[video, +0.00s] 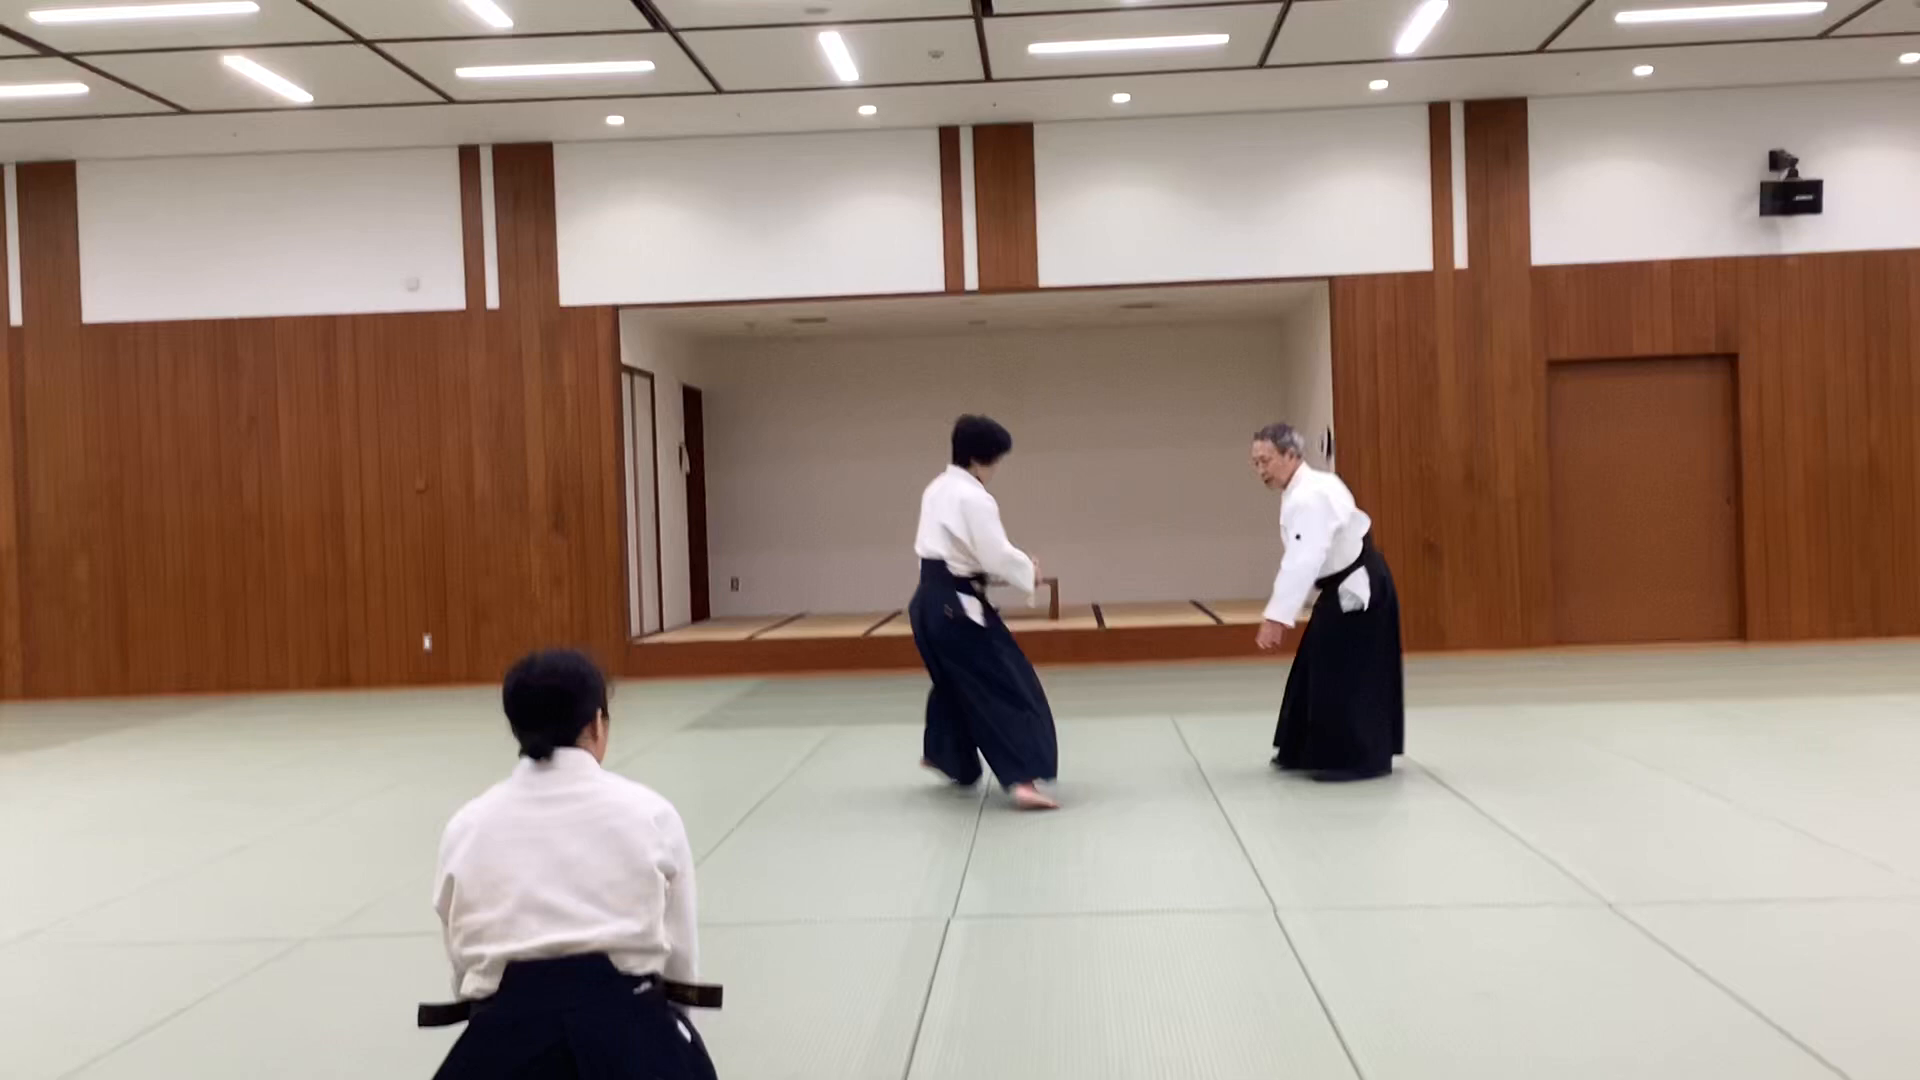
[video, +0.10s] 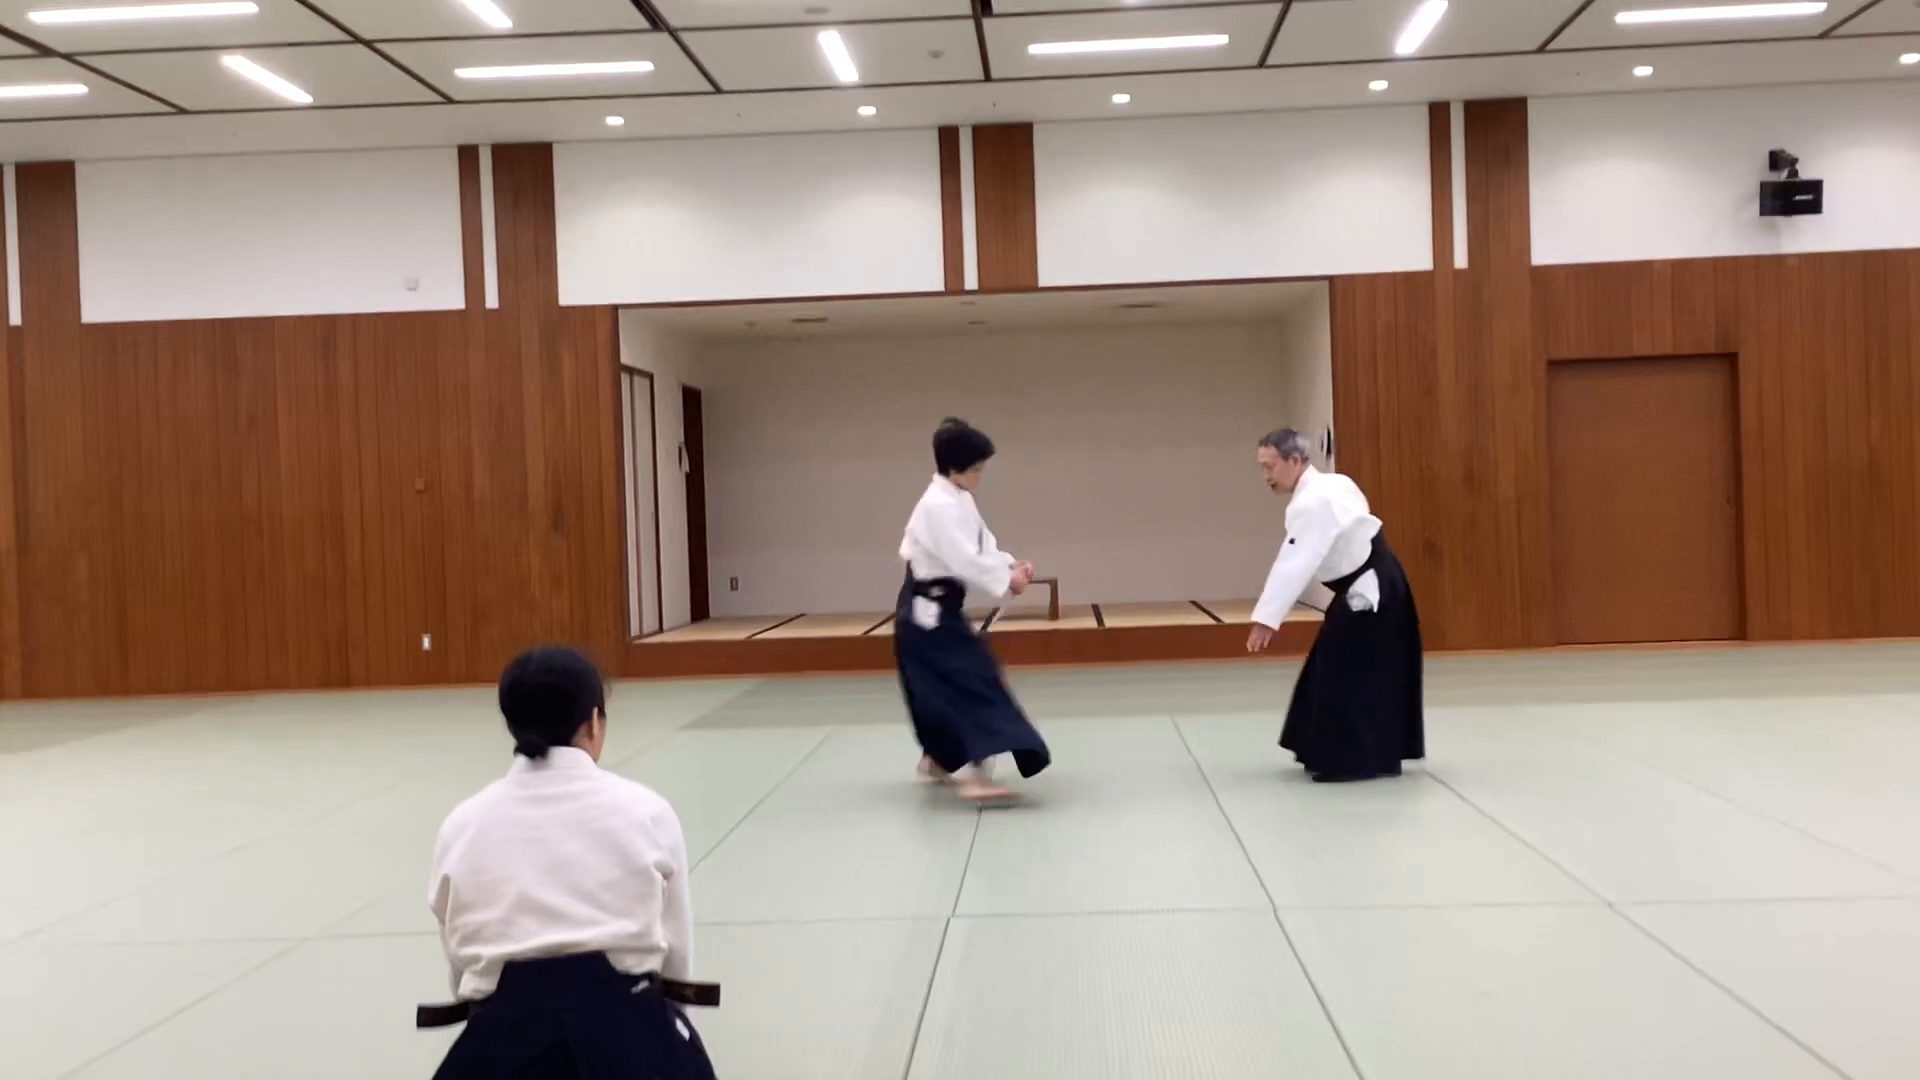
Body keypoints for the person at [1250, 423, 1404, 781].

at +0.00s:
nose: (1259, 470)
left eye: (1264, 461)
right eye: (1256, 463)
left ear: (1290, 456)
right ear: (1290, 458)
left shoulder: (1308, 496)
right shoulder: (1311, 484)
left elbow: (1302, 559)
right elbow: (1304, 557)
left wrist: (1275, 617)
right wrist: (1286, 610)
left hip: (1356, 587)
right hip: (1346, 583)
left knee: (1336, 668)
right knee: (1313, 664)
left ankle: (1350, 757)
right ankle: (1303, 748)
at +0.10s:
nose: (1266, 477)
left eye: (1270, 467)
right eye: (1262, 469)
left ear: (1295, 461)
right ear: (1296, 462)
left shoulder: (1312, 502)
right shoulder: (1333, 483)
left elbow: (1293, 564)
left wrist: (1266, 619)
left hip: (1370, 591)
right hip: (1381, 580)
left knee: (1335, 669)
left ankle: (1350, 758)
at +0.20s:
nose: (1276, 478)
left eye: (1279, 467)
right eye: (1274, 469)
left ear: (1303, 462)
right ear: (1307, 463)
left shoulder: (1320, 503)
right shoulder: (1349, 482)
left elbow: (1304, 569)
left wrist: (1278, 626)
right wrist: (1342, 593)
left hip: (1375, 594)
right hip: (1399, 582)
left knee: (1341, 674)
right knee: (1392, 669)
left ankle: (1350, 761)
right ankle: (1401, 752)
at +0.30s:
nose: (1290, 475)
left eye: (1293, 465)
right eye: (1288, 466)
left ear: (1316, 462)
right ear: (1321, 462)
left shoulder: (1332, 506)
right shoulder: (1368, 483)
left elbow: (1323, 571)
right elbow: (1366, 548)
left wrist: (1302, 632)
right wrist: (1337, 602)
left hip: (1384, 596)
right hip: (1415, 583)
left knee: (1346, 672)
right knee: (1422, 668)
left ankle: (1352, 761)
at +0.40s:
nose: (1311, 472)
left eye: (1315, 462)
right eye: (1310, 463)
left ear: (1339, 461)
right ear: (1346, 462)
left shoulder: (1349, 507)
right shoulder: (1388, 486)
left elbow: (1345, 575)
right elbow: (1406, 540)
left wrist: (1329, 635)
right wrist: (1370, 585)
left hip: (1402, 590)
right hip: (1431, 580)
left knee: (1359, 670)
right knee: (1452, 666)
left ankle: (1359, 761)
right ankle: (1507, 745)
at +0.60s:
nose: (1363, 462)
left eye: (1367, 452)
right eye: (1362, 453)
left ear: (1391, 450)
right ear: (1394, 451)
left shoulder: (1391, 496)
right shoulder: (1447, 483)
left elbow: (1389, 562)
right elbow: (1459, 543)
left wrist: (1378, 621)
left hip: (1433, 593)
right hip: (1471, 587)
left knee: (1384, 670)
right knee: (1481, 670)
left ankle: (1369, 762)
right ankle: (1516, 754)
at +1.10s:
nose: (1377, 452)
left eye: (1382, 443)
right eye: (1377, 444)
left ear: (1405, 443)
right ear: (1417, 444)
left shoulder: (1396, 487)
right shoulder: (1456, 479)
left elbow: (1385, 550)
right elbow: (1480, 531)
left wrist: (1366, 600)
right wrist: (1479, 574)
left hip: (1436, 582)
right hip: (1477, 577)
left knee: (1383, 662)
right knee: (1482, 663)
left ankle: (1376, 759)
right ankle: (1515, 754)